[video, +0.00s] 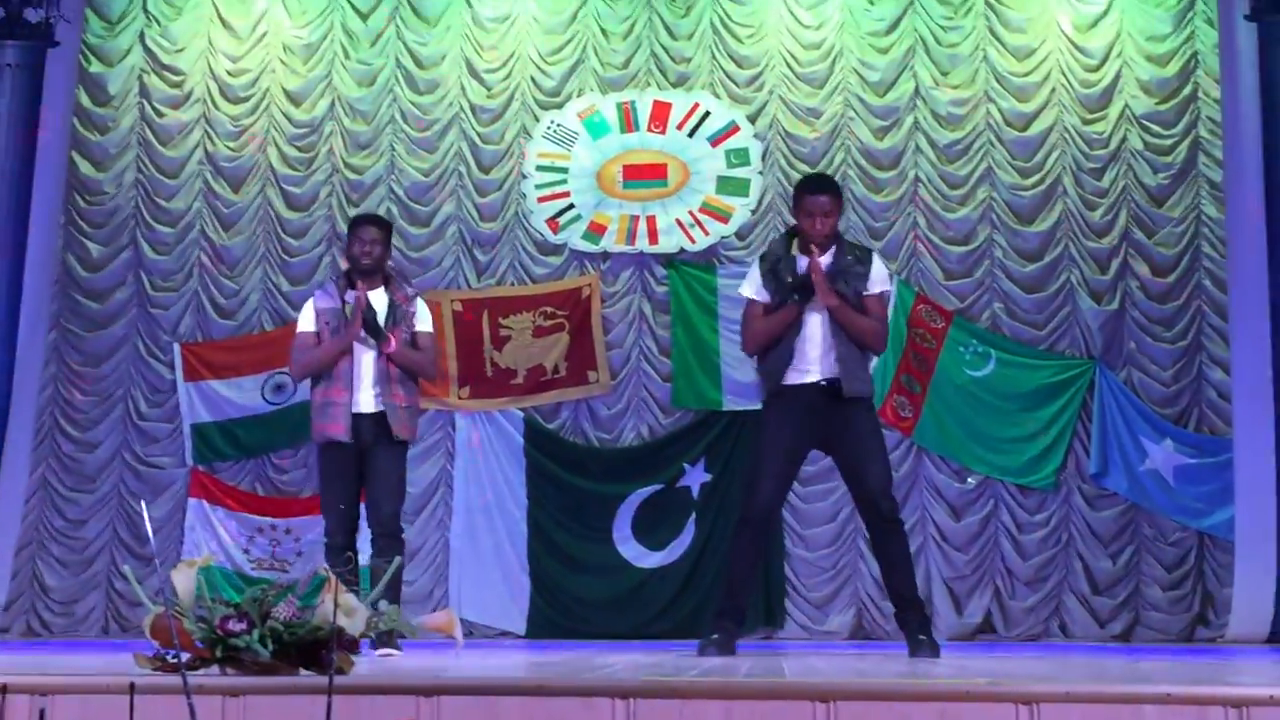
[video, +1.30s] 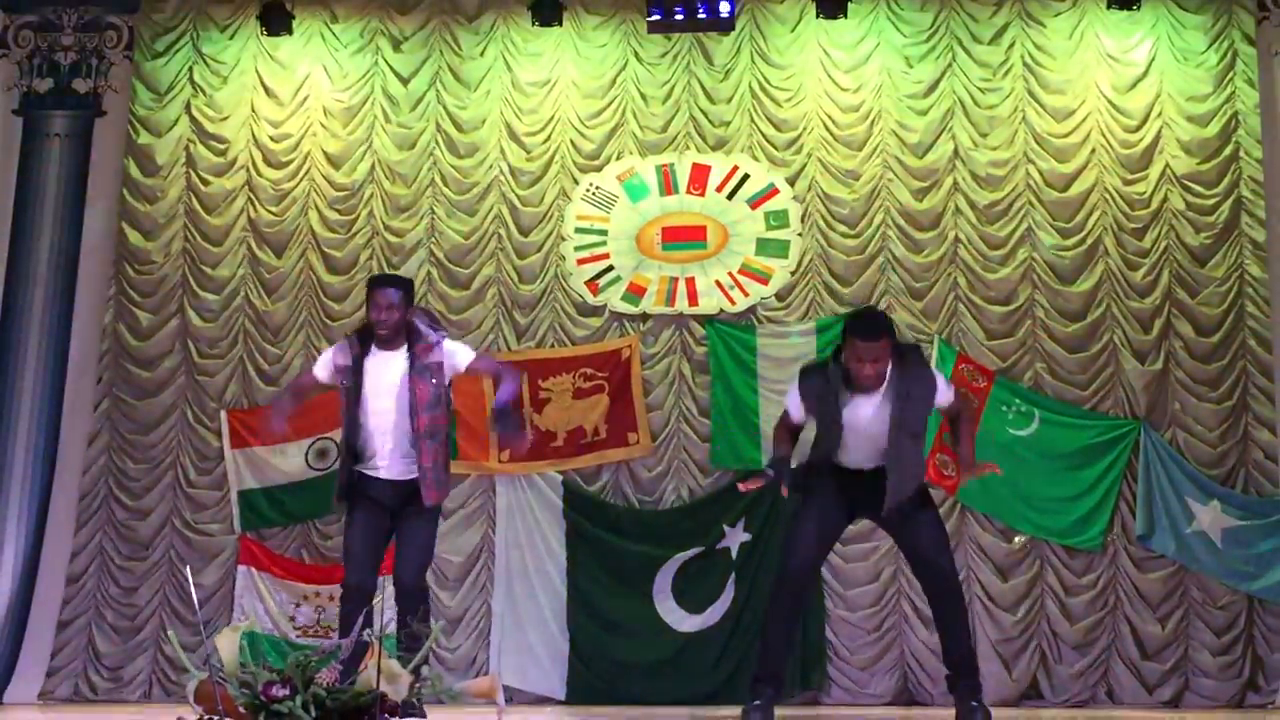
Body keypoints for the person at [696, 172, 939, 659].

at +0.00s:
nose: (819, 224)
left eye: (828, 215)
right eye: (810, 215)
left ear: (839, 216)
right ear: (795, 215)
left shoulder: (865, 263)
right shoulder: (770, 265)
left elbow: (877, 339)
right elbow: (752, 340)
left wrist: (828, 296)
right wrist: (803, 301)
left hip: (848, 401)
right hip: (789, 403)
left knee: (880, 508)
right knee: (758, 509)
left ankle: (917, 629)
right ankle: (726, 629)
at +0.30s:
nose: (847, 263)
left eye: (855, 254)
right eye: (838, 254)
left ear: (868, 256)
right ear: (823, 255)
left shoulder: (894, 296)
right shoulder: (801, 304)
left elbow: (921, 368)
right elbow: (785, 380)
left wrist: (872, 342)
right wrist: (823, 340)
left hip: (882, 446)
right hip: (819, 448)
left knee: (913, 551)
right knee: (791, 551)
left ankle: (950, 671)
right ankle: (761, 672)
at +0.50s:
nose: (844, 262)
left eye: (853, 253)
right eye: (834, 253)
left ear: (865, 255)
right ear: (818, 256)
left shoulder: (891, 301)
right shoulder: (793, 309)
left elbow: (925, 366)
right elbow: (773, 379)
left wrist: (908, 404)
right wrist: (784, 378)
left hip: (877, 446)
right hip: (815, 450)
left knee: (909, 556)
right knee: (787, 557)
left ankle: (945, 675)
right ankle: (756, 677)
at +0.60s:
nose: (850, 274)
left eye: (859, 265)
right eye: (841, 265)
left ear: (871, 267)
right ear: (825, 267)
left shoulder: (900, 311)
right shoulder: (801, 319)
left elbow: (934, 374)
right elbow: (776, 400)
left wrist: (945, 423)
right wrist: (786, 418)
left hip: (885, 457)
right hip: (821, 459)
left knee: (919, 565)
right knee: (791, 564)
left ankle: (951, 683)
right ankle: (761, 684)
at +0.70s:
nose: (865, 306)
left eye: (874, 296)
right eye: (856, 297)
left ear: (887, 294)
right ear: (841, 296)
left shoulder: (911, 329)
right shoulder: (819, 338)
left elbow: (930, 396)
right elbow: (808, 409)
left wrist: (959, 444)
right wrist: (789, 467)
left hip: (898, 473)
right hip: (834, 475)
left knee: (944, 570)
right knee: (800, 569)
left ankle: (967, 694)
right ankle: (768, 691)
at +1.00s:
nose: (859, 360)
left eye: (868, 350)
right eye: (850, 350)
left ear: (881, 346)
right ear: (834, 344)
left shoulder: (909, 376)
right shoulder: (803, 379)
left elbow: (964, 415)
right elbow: (753, 424)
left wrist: (1011, 460)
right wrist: (713, 468)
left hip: (894, 493)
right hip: (826, 492)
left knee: (941, 585)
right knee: (788, 576)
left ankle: (965, 700)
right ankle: (764, 699)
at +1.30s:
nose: (869, 370)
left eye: (878, 361)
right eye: (860, 360)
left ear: (891, 354)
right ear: (843, 353)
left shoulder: (916, 377)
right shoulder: (816, 382)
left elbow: (961, 408)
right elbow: (788, 426)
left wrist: (966, 462)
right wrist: (778, 466)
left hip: (896, 485)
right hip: (830, 484)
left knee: (943, 578)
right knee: (794, 572)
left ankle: (968, 697)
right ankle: (764, 695)